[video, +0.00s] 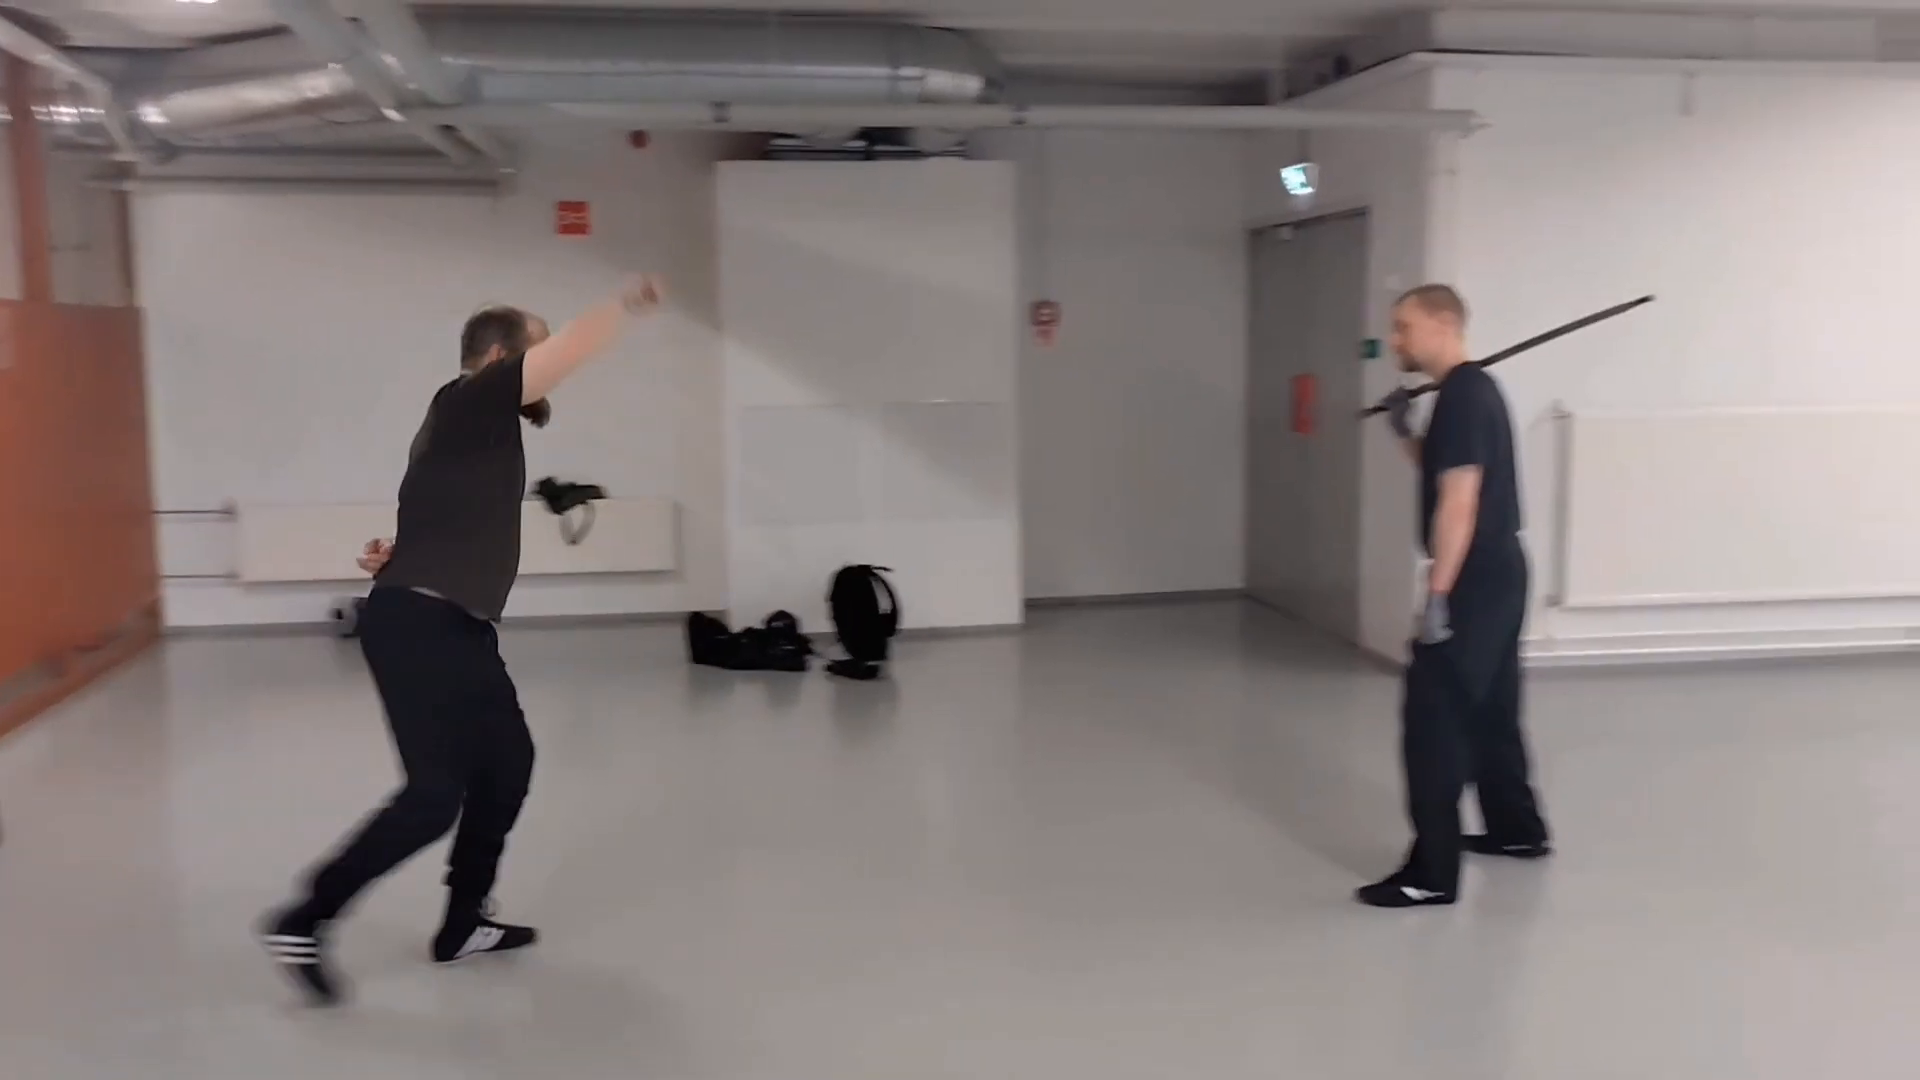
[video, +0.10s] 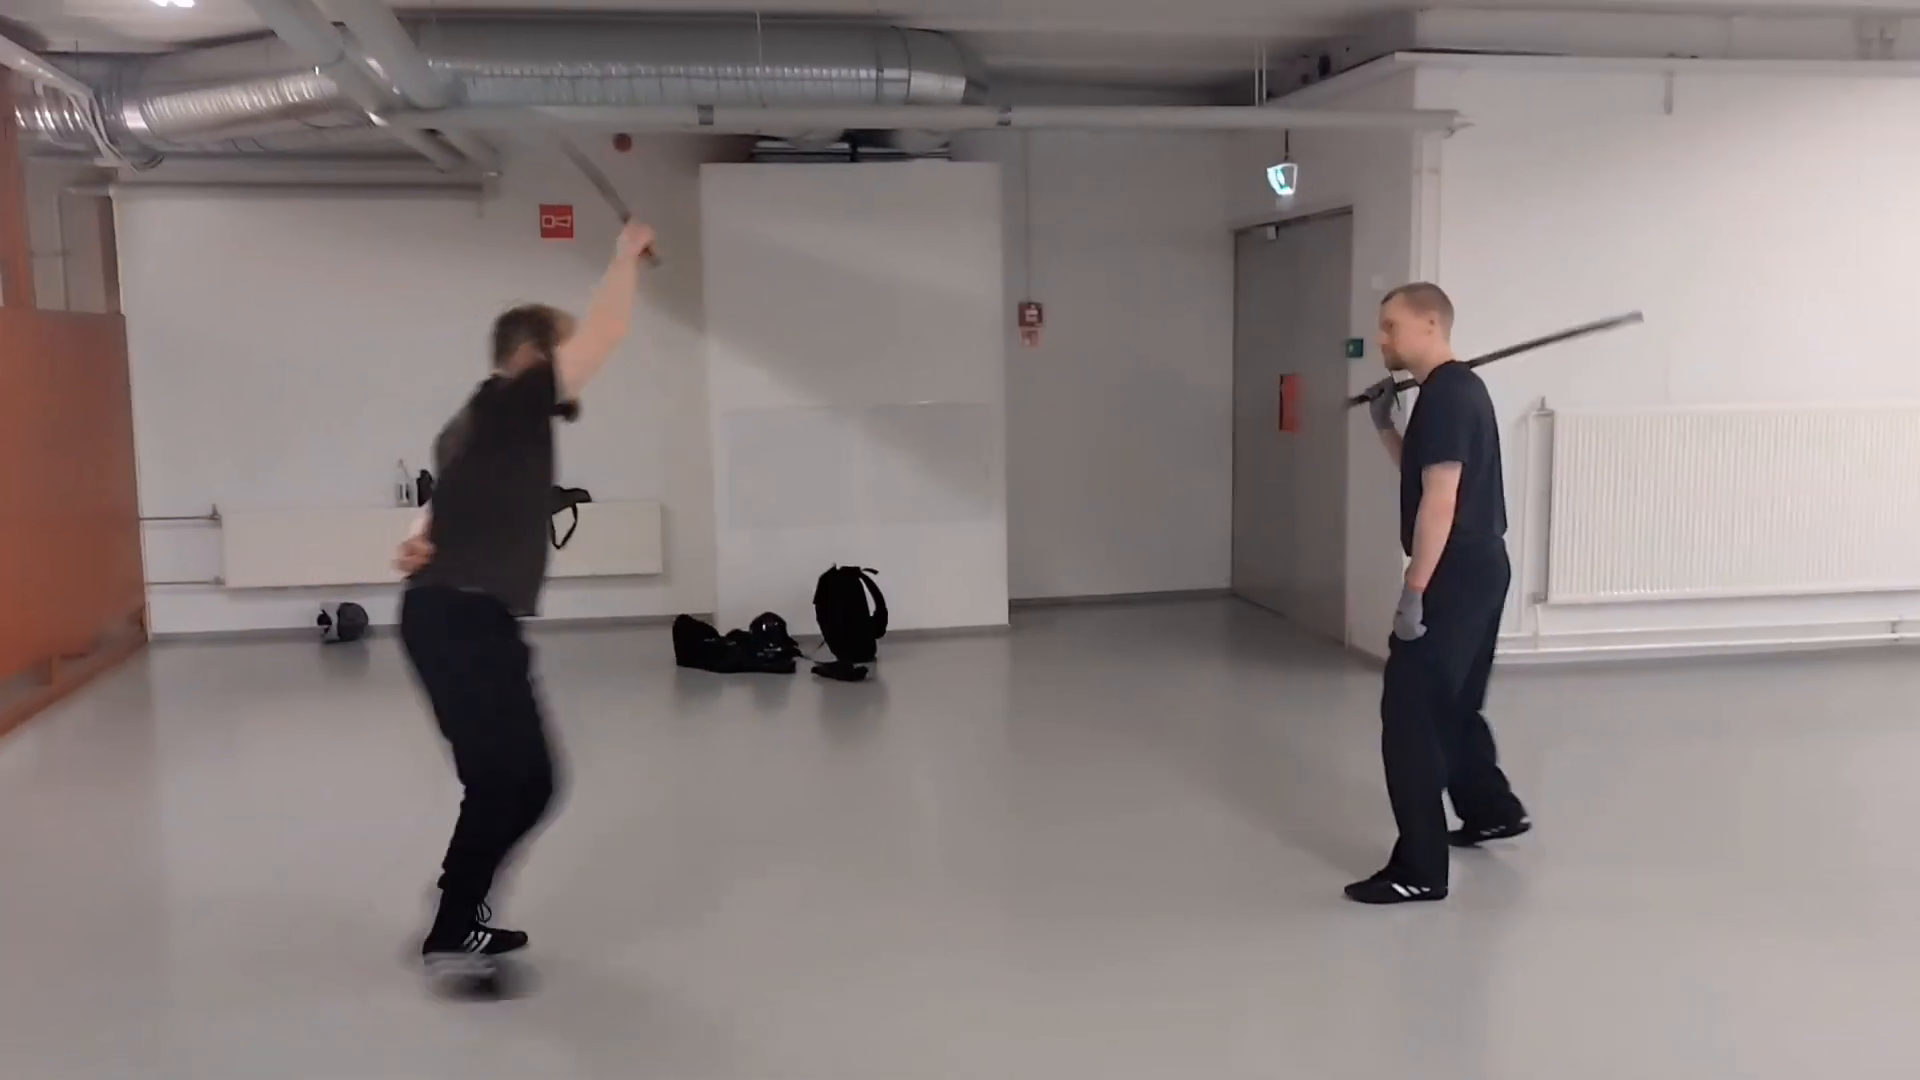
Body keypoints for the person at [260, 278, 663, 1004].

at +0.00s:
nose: (548, 368)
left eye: (548, 356)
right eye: (540, 353)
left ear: (487, 357)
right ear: (502, 354)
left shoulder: (483, 426)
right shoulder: (471, 399)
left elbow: (464, 529)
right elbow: (564, 354)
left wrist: (403, 555)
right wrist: (624, 304)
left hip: (458, 628)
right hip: (412, 621)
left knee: (507, 761)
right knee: (438, 790)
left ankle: (463, 923)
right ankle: (300, 922)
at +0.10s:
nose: (570, 366)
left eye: (568, 351)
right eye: (565, 350)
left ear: (506, 353)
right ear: (536, 351)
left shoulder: (475, 420)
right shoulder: (520, 396)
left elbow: (450, 501)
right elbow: (601, 331)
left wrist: (423, 538)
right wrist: (626, 257)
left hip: (440, 610)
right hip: (466, 615)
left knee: (498, 777)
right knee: (523, 779)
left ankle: (457, 921)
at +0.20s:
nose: (603, 362)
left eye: (600, 349)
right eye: (594, 349)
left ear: (539, 356)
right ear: (557, 352)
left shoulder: (495, 423)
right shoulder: (564, 403)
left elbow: (452, 510)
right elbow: (659, 346)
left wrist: (450, 544)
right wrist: (664, 258)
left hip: (471, 620)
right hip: (520, 621)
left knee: (505, 777)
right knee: (611, 761)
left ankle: (449, 931)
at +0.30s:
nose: (641, 365)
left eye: (638, 352)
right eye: (631, 352)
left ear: (577, 362)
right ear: (595, 358)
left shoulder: (532, 430)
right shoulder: (616, 417)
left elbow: (480, 524)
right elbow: (718, 391)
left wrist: (499, 557)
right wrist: (724, 291)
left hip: (519, 630)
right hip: (582, 632)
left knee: (522, 778)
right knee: (670, 753)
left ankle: (449, 929)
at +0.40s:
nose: (685, 374)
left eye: (682, 362)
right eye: (677, 362)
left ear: (624, 373)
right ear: (641, 370)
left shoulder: (572, 448)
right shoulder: (668, 436)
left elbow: (522, 537)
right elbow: (787, 424)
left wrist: (556, 574)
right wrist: (802, 327)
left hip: (576, 646)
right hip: (651, 646)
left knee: (541, 791)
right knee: (743, 775)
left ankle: (452, 931)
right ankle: (846, 908)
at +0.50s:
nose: (741, 380)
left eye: (735, 368)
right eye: (731, 369)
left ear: (678, 386)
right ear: (704, 381)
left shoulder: (638, 459)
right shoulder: (740, 452)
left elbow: (578, 555)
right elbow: (859, 451)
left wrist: (628, 590)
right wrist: (887, 358)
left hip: (637, 662)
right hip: (714, 663)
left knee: (587, 798)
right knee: (809, 783)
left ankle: (484, 927)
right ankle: (881, 919)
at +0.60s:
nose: (796, 383)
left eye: (792, 369)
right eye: (789, 370)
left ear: (726, 384)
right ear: (766, 380)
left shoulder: (679, 453)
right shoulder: (794, 455)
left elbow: (624, 542)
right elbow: (909, 465)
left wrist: (673, 580)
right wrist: (960, 390)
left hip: (677, 656)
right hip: (763, 651)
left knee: (638, 790)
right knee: (853, 765)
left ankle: (544, 924)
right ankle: (894, 920)